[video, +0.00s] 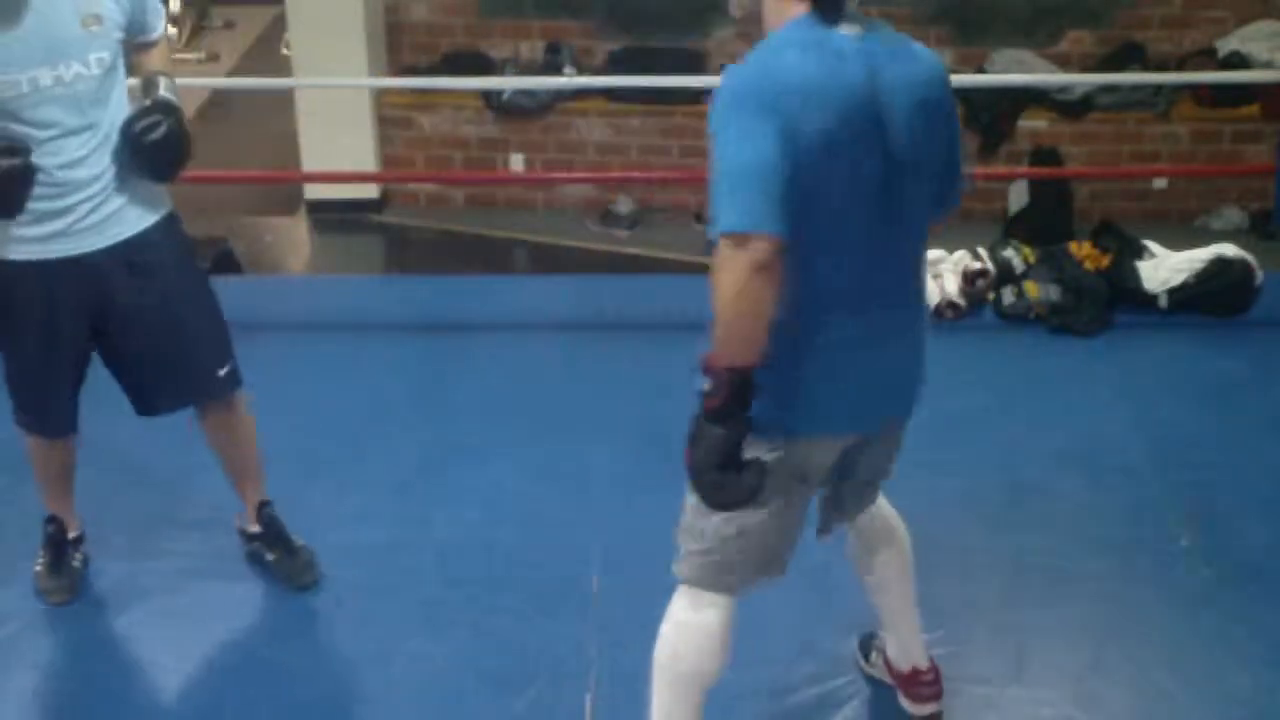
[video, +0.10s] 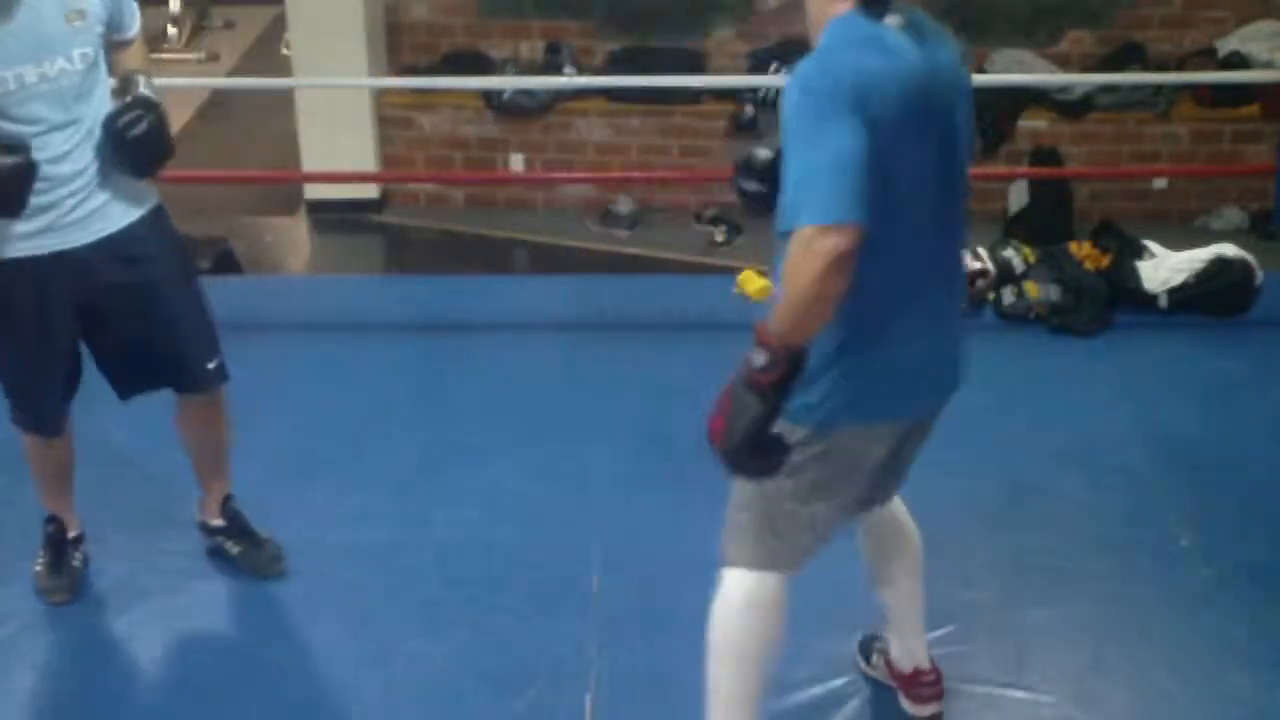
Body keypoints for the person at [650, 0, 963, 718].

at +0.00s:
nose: (740, 8)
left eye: (744, 1)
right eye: (743, 3)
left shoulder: (756, 84)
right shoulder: (918, 68)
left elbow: (753, 251)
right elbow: (940, 202)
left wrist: (722, 405)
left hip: (781, 391)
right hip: (888, 375)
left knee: (706, 584)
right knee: (861, 498)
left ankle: (672, 709)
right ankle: (912, 665)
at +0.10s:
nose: (772, 5)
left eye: (776, 1)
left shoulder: (830, 76)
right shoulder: (937, 50)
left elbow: (828, 245)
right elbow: (936, 192)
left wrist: (761, 372)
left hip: (844, 375)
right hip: (924, 361)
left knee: (755, 555)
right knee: (874, 495)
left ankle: (730, 708)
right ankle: (912, 662)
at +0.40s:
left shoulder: (911, 9)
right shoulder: (1016, 6)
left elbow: (915, 161)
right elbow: (1040, 68)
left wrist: (845, 251)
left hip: (935, 295)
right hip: (996, 277)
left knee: (940, 494)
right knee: (975, 462)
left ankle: (1048, 664)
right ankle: (1015, 612)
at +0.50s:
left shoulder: (926, 62)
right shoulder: (1013, 27)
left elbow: (919, 225)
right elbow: (1039, 149)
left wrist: (836, 283)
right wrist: (893, 179)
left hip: (963, 347)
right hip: (1017, 323)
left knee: (970, 534)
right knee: (999, 496)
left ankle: (1093, 683)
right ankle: (1038, 632)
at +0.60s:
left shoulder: (947, 60)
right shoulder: (1018, 30)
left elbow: (948, 233)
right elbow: (1026, 172)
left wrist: (843, 285)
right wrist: (903, 183)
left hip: (961, 335)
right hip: (1016, 319)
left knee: (920, 518)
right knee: (994, 493)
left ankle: (1060, 662)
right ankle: (1026, 633)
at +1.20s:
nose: (730, 9)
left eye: (732, 4)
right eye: (733, 6)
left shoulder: (741, 80)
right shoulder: (917, 33)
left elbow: (720, 242)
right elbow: (977, 148)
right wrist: (908, 212)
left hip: (814, 348)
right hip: (922, 329)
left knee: (718, 516)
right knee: (946, 460)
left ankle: (684, 698)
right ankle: (1011, 609)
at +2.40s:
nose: (831, 8)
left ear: (883, 13)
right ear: (971, 12)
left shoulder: (856, 151)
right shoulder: (1068, 123)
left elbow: (837, 345)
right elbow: (1116, 269)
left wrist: (808, 368)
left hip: (899, 470)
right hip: (1042, 464)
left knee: (780, 611)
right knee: (1034, 665)